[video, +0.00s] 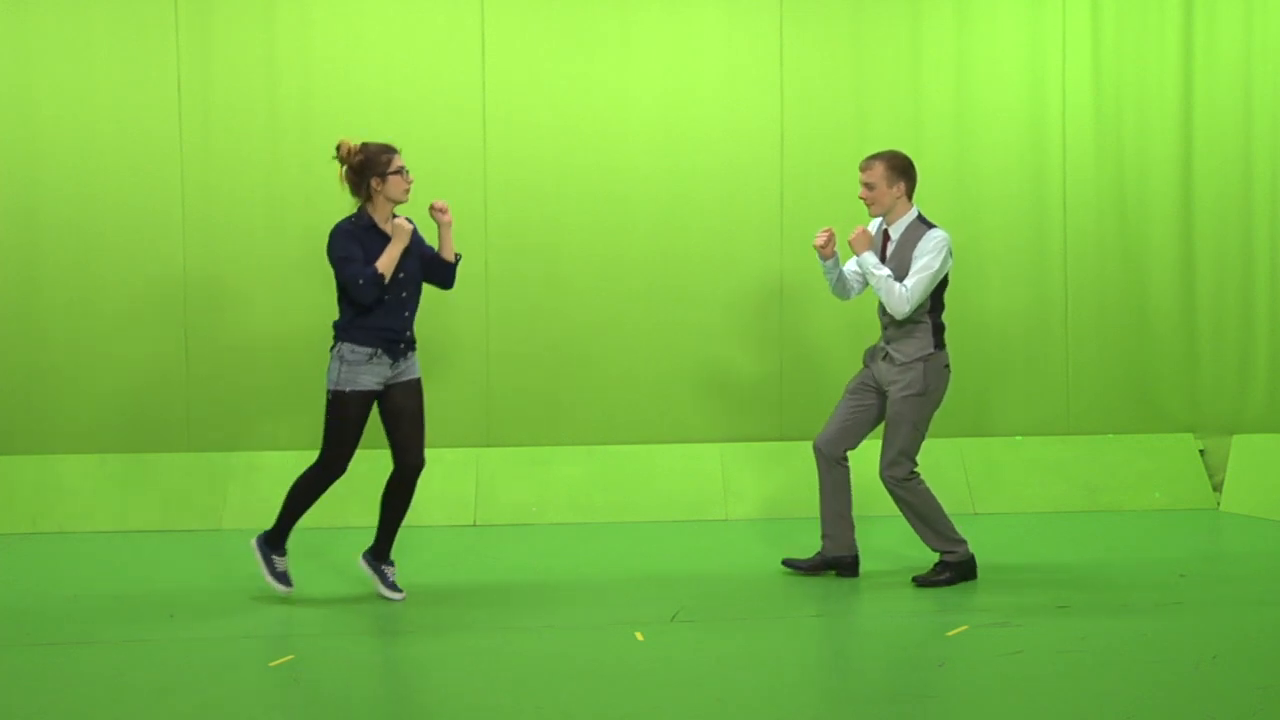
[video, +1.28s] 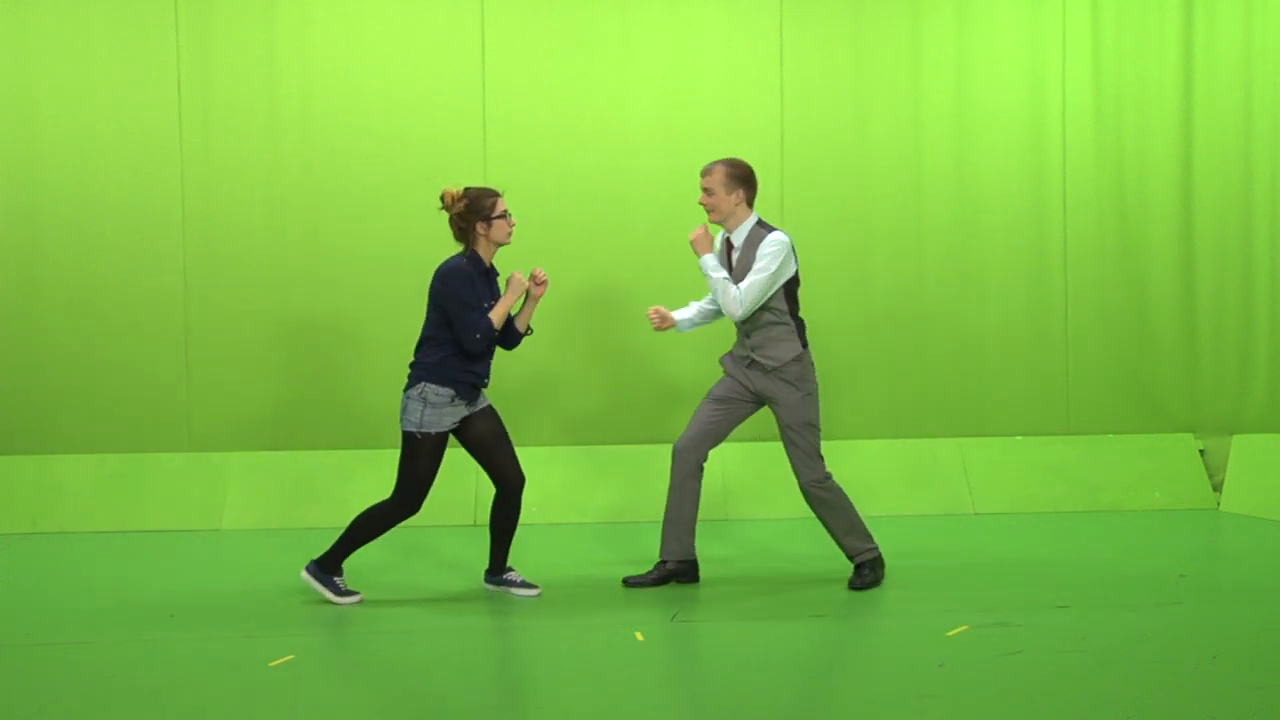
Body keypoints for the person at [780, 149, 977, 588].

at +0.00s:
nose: (862, 195)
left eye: (870, 187)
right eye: (861, 187)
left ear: (900, 189)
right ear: (886, 191)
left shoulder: (934, 241)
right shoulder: (877, 236)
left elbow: (901, 304)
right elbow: (845, 287)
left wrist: (867, 256)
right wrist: (830, 259)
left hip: (920, 365)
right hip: (882, 361)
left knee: (896, 469)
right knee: (829, 446)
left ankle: (957, 557)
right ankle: (839, 553)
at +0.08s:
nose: (855, 198)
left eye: (862, 190)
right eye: (854, 190)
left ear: (893, 193)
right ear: (882, 194)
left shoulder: (921, 248)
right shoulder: (868, 239)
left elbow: (881, 305)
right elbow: (833, 287)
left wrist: (851, 255)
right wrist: (818, 258)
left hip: (909, 370)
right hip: (871, 365)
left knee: (890, 475)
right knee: (808, 443)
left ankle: (957, 557)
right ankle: (805, 550)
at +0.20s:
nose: (834, 192)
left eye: (840, 184)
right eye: (833, 183)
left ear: (870, 187)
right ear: (860, 188)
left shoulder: (896, 242)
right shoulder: (844, 229)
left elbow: (848, 288)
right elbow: (803, 271)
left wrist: (822, 238)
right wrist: (791, 237)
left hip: (876, 368)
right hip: (836, 362)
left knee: (883, 473)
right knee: (776, 442)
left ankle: (954, 552)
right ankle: (739, 547)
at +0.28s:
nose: (811, 189)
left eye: (818, 181)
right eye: (811, 180)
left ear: (848, 184)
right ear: (838, 185)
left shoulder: (874, 237)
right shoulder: (821, 226)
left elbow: (828, 283)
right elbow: (778, 268)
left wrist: (802, 235)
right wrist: (770, 233)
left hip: (850, 364)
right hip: (809, 357)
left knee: (850, 473)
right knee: (758, 446)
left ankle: (922, 540)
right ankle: (731, 553)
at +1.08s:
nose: (749, 193)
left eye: (756, 186)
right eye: (749, 186)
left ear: (785, 189)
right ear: (772, 191)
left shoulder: (820, 239)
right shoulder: (765, 237)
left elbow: (780, 292)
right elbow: (736, 289)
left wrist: (750, 244)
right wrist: (717, 254)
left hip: (816, 368)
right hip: (775, 363)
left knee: (814, 475)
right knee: (722, 448)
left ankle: (868, 558)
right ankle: (712, 556)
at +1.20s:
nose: (727, 198)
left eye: (734, 191)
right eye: (726, 190)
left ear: (763, 194)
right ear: (755, 196)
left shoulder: (796, 244)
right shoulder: (748, 245)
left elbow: (755, 300)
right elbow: (743, 306)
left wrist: (726, 252)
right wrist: (704, 297)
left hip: (801, 373)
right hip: (760, 368)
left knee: (810, 480)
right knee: (701, 448)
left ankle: (867, 557)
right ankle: (685, 557)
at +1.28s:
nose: (703, 201)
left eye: (709, 193)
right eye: (702, 193)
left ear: (739, 196)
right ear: (728, 198)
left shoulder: (776, 244)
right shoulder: (723, 247)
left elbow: (737, 306)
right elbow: (717, 304)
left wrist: (707, 258)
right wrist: (676, 318)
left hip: (788, 372)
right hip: (743, 371)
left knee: (811, 476)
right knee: (688, 448)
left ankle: (867, 557)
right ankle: (679, 559)